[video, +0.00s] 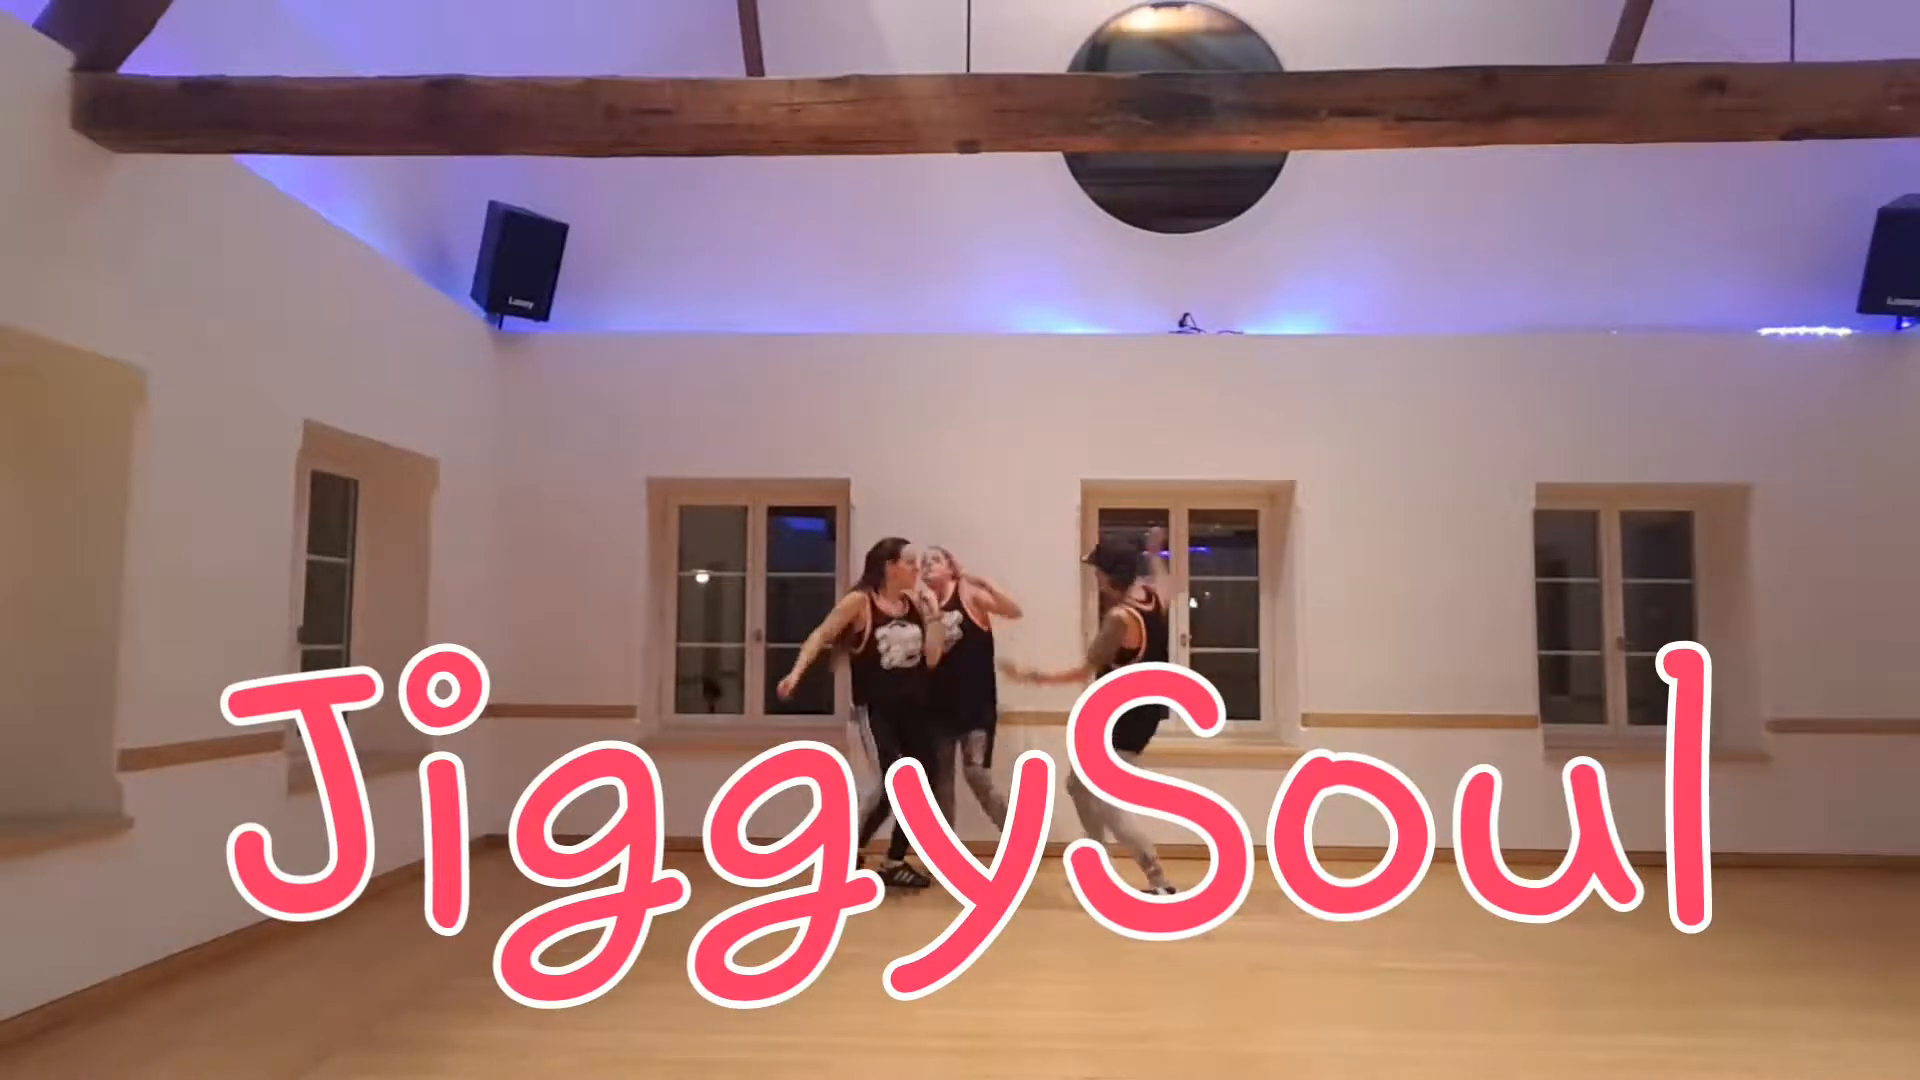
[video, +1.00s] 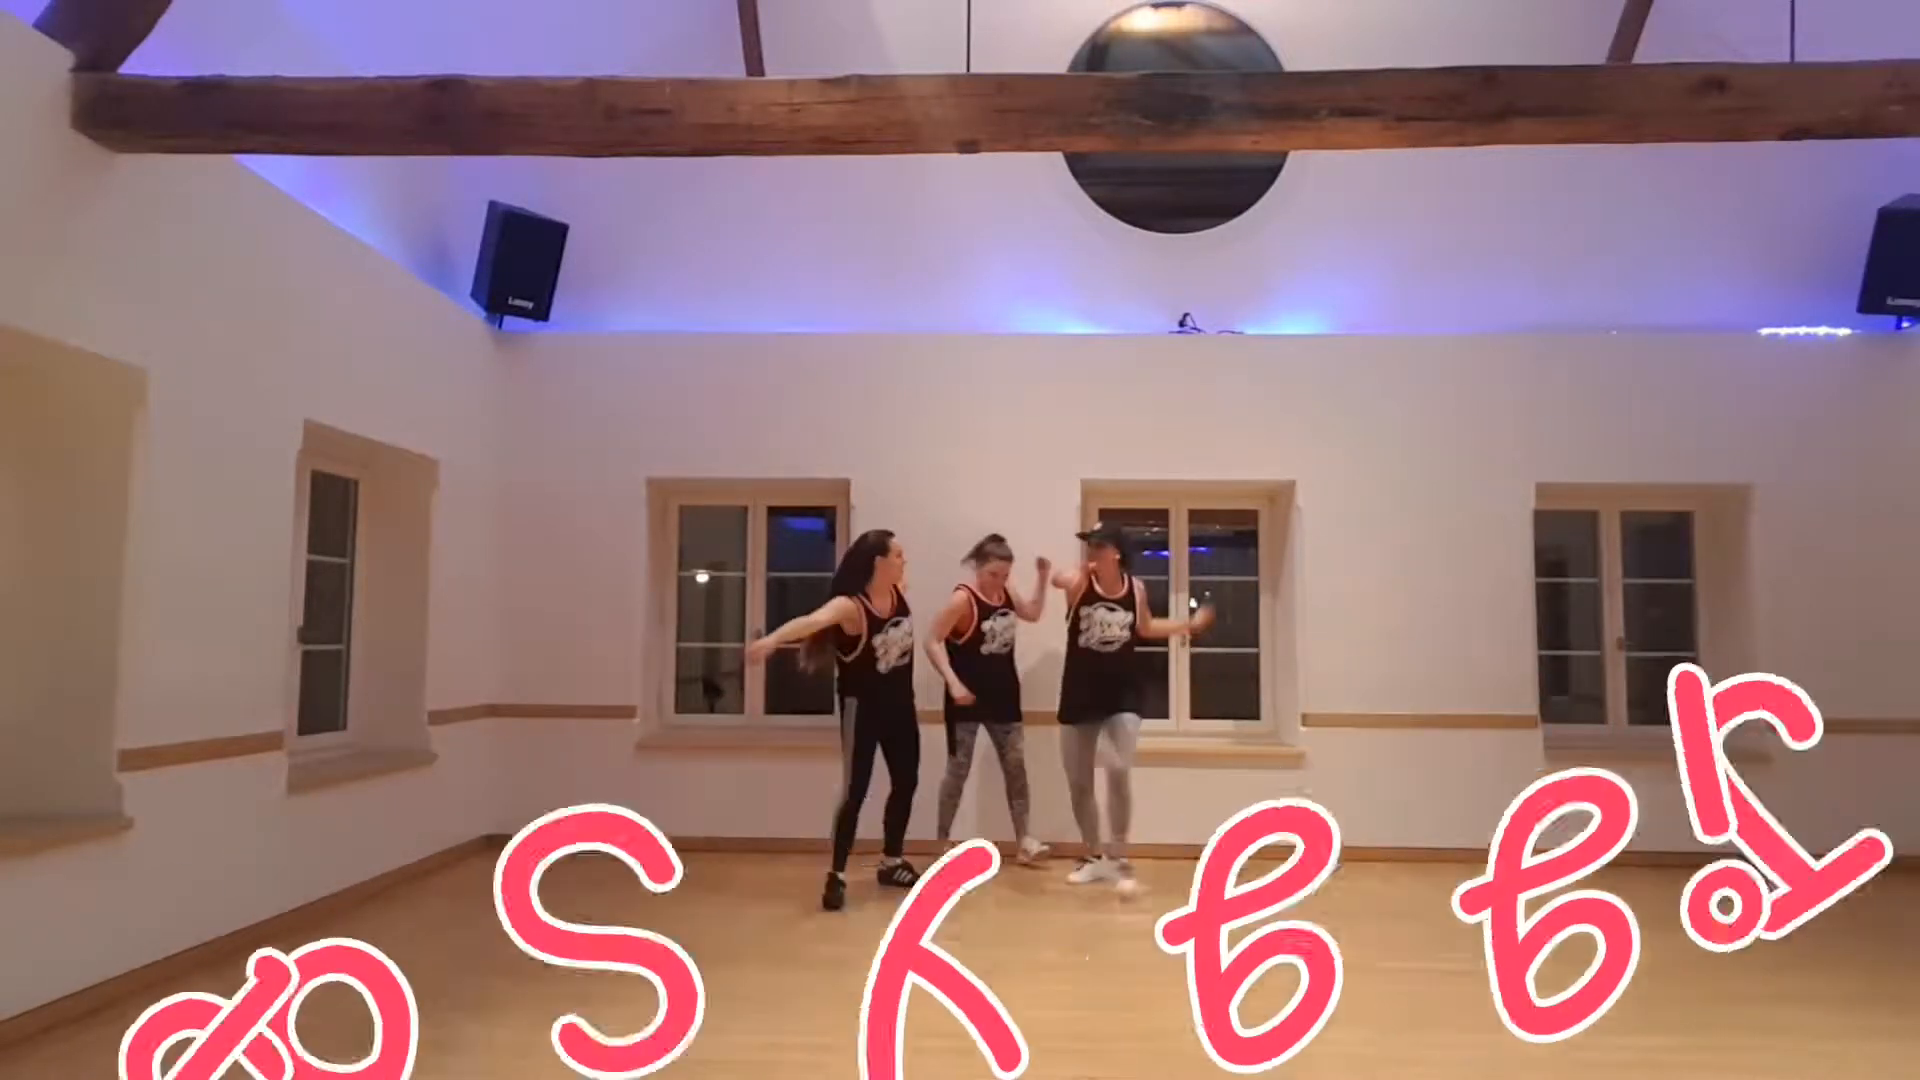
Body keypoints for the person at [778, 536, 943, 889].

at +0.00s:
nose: (916, 569)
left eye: (916, 563)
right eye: (909, 562)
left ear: (897, 569)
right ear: (887, 567)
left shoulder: (913, 604)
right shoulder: (859, 602)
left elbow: (932, 658)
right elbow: (821, 636)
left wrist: (932, 612)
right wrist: (796, 673)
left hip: (912, 704)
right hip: (875, 707)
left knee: (918, 781)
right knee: (891, 782)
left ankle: (895, 862)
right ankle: (850, 852)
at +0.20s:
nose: (910, 564)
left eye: (910, 558)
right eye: (903, 559)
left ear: (905, 565)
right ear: (881, 566)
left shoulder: (914, 598)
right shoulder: (854, 601)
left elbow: (930, 646)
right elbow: (834, 645)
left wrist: (931, 601)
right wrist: (806, 683)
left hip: (908, 701)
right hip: (869, 703)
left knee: (915, 779)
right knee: (890, 779)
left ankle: (895, 861)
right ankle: (854, 847)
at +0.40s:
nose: (898, 558)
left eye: (897, 551)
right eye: (890, 552)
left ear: (898, 556)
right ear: (867, 559)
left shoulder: (912, 582)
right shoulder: (850, 596)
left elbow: (941, 616)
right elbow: (833, 629)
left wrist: (937, 620)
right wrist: (809, 654)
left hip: (910, 693)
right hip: (870, 695)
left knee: (909, 777)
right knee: (856, 775)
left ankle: (891, 861)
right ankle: (836, 857)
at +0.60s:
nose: (890, 572)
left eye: (889, 565)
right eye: (882, 568)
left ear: (887, 571)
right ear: (860, 577)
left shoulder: (908, 603)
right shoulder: (841, 615)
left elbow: (940, 640)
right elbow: (811, 649)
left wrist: (969, 674)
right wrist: (776, 676)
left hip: (901, 713)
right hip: (857, 714)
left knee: (917, 794)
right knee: (848, 791)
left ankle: (900, 861)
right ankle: (834, 874)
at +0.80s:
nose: (892, 565)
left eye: (890, 559)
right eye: (883, 561)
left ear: (888, 567)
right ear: (860, 570)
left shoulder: (907, 599)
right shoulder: (838, 615)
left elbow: (933, 645)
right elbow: (798, 651)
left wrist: (938, 696)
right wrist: (754, 682)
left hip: (897, 710)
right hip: (855, 711)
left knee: (914, 793)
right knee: (844, 792)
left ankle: (892, 864)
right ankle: (832, 876)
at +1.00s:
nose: (903, 560)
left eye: (902, 555)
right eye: (898, 555)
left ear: (885, 563)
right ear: (876, 563)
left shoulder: (896, 593)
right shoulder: (849, 606)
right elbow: (810, 622)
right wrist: (771, 639)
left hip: (898, 703)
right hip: (860, 706)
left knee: (906, 782)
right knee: (855, 789)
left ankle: (892, 862)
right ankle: (837, 875)